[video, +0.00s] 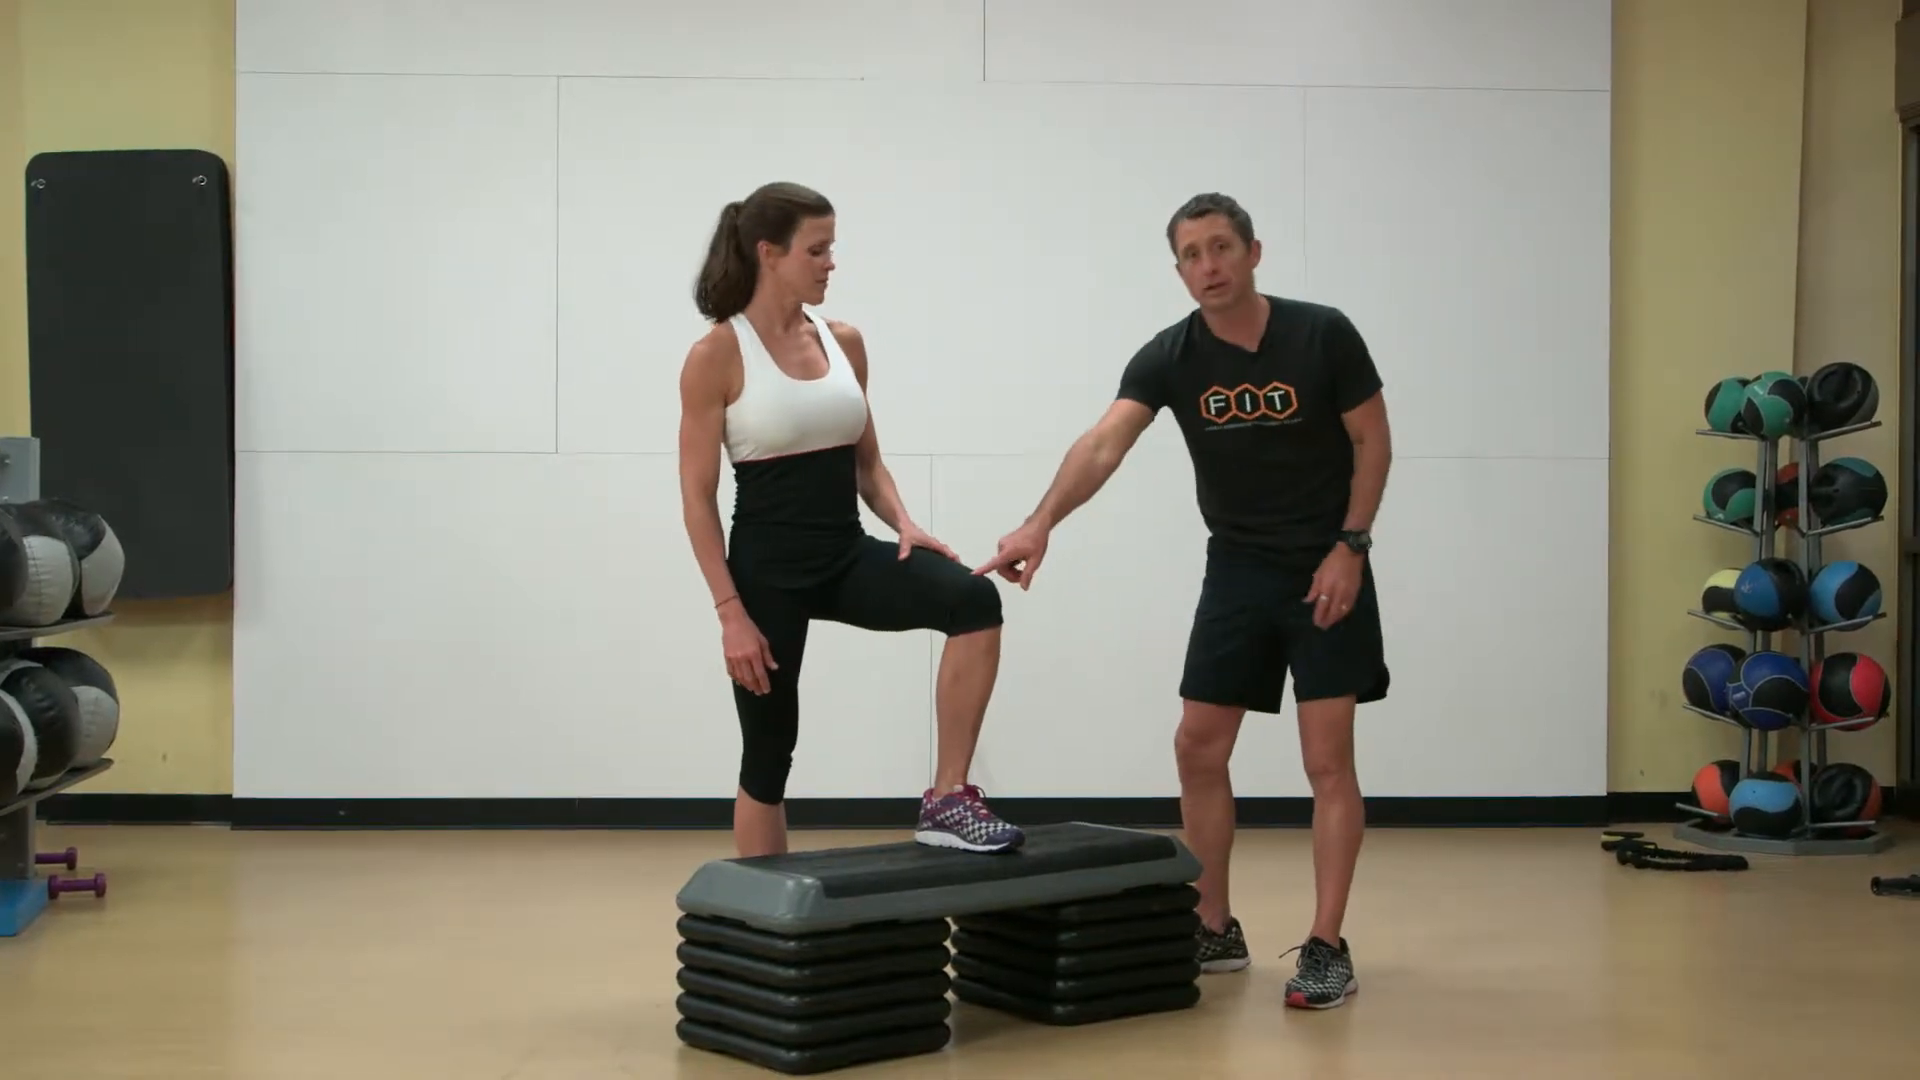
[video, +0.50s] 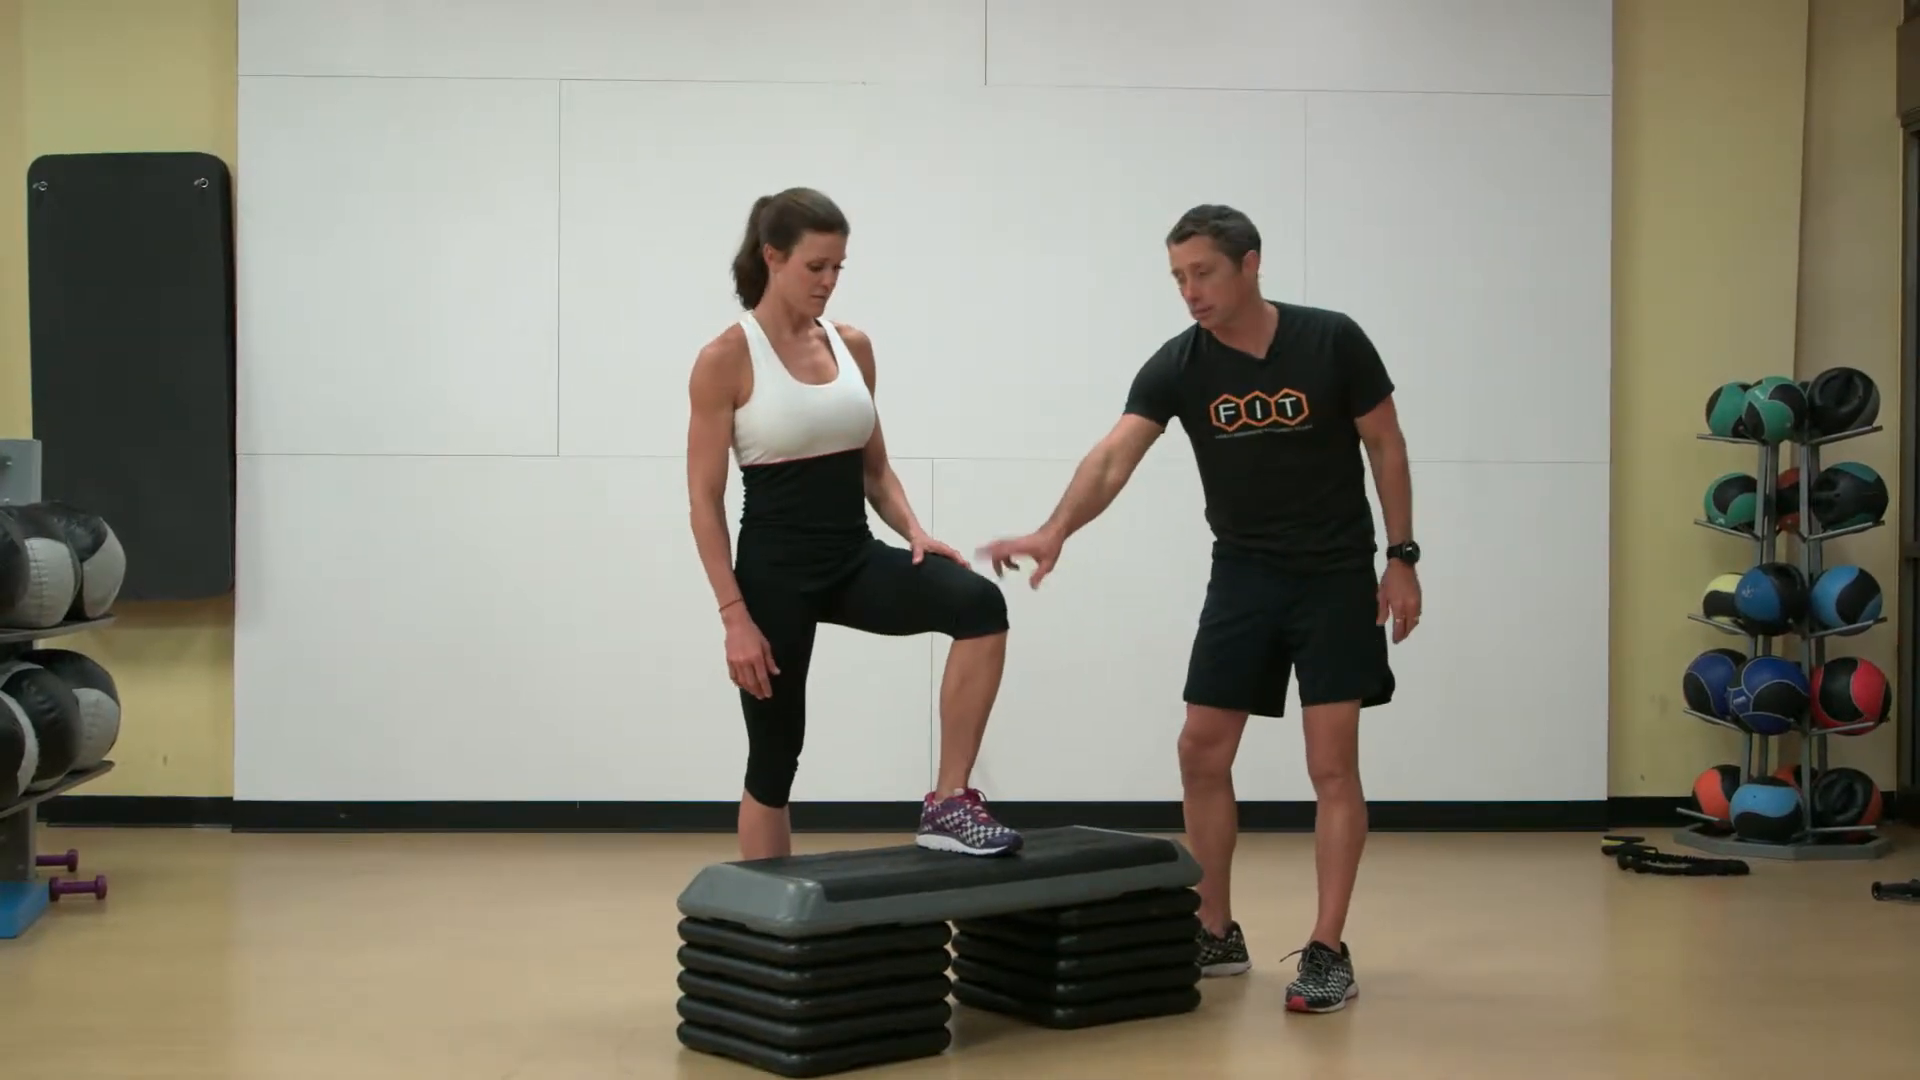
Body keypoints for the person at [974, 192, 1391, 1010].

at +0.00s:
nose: (1207, 266)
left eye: (1220, 248)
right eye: (1191, 255)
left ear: (1253, 253)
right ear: (1178, 270)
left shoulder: (1323, 336)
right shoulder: (1169, 358)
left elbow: (1373, 445)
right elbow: (1102, 444)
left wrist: (1352, 547)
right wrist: (1039, 523)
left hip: (1326, 566)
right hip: (1236, 568)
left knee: (1329, 762)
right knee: (1199, 745)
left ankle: (1326, 941)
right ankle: (1213, 924)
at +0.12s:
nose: (1211, 262)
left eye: (1224, 246)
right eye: (1196, 253)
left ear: (1258, 253)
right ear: (1182, 270)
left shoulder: (1326, 336)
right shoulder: (1173, 358)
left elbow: (1377, 445)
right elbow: (1105, 445)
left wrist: (1373, 551)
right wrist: (1041, 525)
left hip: (1328, 569)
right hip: (1237, 570)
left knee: (1329, 763)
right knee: (1199, 745)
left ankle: (1327, 943)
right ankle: (1213, 926)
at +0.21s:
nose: (1212, 264)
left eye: (1226, 247)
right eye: (1197, 254)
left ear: (1259, 255)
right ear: (1183, 271)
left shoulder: (1328, 338)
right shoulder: (1173, 360)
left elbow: (1380, 446)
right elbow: (1106, 446)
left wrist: (1388, 557)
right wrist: (1042, 528)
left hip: (1332, 570)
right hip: (1239, 572)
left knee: (1329, 764)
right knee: (1199, 745)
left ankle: (1327, 943)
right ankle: (1214, 926)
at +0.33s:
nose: (1209, 271)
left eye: (1223, 253)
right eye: (1194, 260)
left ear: (1260, 256)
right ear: (1183, 272)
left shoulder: (1330, 339)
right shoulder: (1175, 361)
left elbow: (1383, 445)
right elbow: (1109, 447)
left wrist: (1402, 556)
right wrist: (1046, 524)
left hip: (1333, 573)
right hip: (1239, 574)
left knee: (1331, 765)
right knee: (1200, 746)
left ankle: (1325, 945)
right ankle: (1215, 930)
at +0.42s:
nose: (1198, 283)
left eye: (1211, 266)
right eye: (1187, 271)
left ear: (1255, 259)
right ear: (1181, 275)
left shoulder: (1331, 341)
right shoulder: (1177, 364)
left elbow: (1385, 445)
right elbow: (1110, 454)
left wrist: (1405, 556)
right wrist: (1054, 522)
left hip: (1334, 575)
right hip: (1241, 577)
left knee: (1332, 766)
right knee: (1200, 747)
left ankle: (1326, 946)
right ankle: (1215, 931)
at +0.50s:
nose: (1189, 292)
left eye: (1201, 275)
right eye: (1179, 279)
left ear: (1249, 265)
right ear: (1177, 281)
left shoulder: (1331, 341)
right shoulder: (1176, 368)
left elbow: (1387, 447)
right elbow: (1111, 459)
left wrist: (1402, 558)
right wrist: (1052, 533)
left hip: (1335, 575)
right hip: (1242, 576)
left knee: (1332, 767)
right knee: (1201, 749)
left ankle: (1326, 946)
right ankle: (1215, 931)